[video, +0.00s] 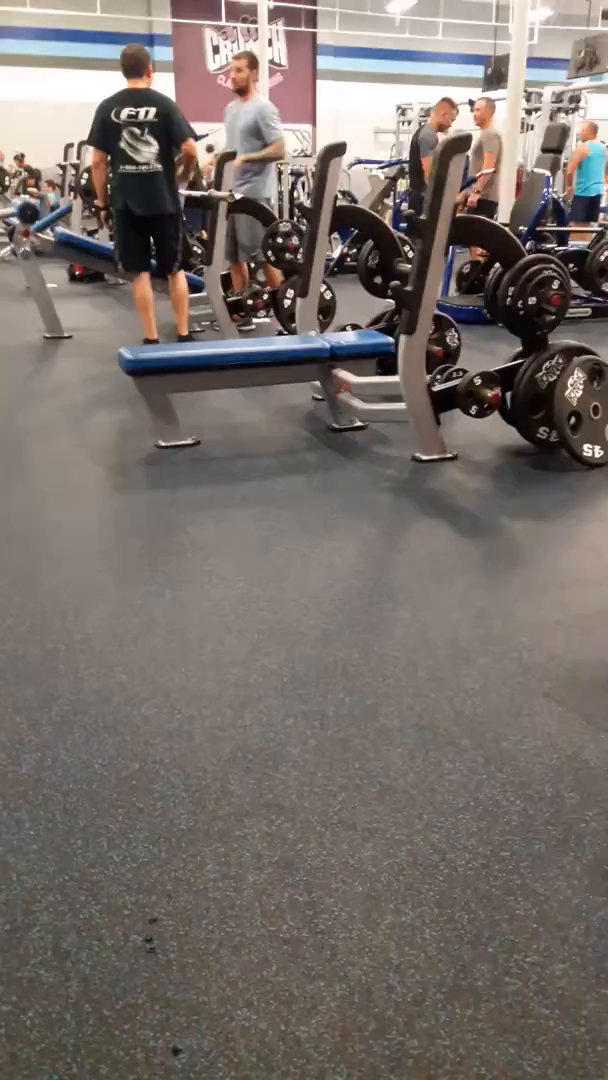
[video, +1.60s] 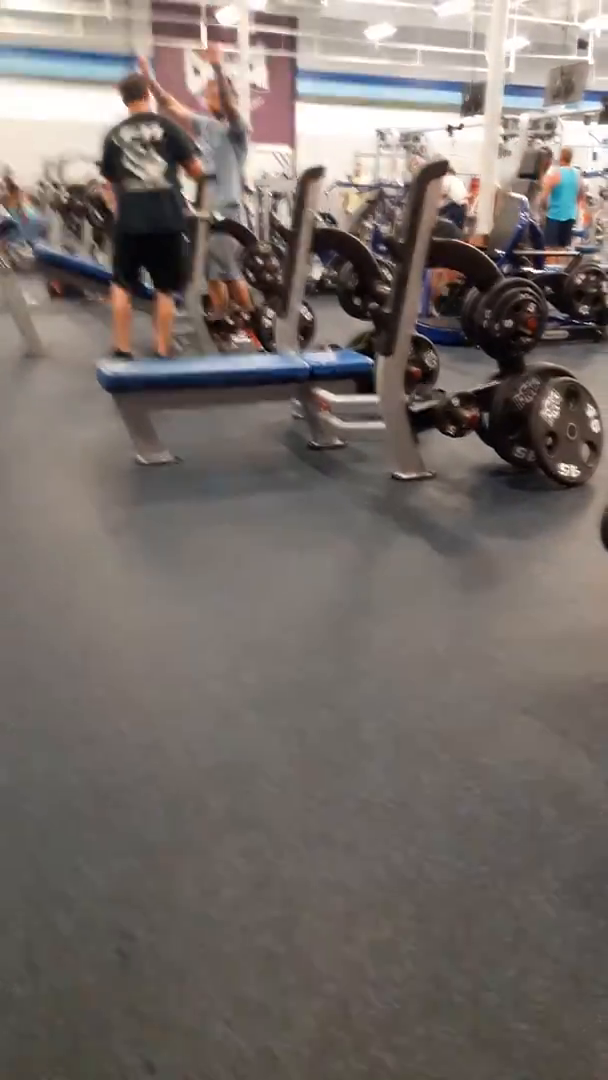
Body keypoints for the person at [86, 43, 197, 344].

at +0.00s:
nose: (153, 72)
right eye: (152, 68)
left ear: (122, 71)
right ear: (149, 70)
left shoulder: (107, 107)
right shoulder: (164, 104)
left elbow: (98, 161)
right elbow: (189, 150)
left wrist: (102, 202)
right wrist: (182, 175)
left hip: (125, 198)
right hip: (162, 197)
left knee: (138, 273)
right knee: (175, 270)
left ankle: (151, 339)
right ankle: (183, 335)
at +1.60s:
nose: (148, 98)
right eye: (148, 93)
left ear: (123, 100)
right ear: (149, 94)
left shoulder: (115, 135)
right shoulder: (167, 127)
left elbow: (109, 180)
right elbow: (195, 168)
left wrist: (118, 211)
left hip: (130, 209)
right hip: (166, 208)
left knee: (121, 283)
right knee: (165, 287)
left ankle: (122, 347)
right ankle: (163, 349)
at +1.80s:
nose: (154, 104)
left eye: (159, 99)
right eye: (155, 98)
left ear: (169, 103)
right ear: (164, 103)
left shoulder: (172, 138)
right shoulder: (156, 135)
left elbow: (156, 173)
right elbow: (150, 171)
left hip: (168, 212)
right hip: (153, 212)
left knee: (169, 270)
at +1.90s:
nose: (168, 146)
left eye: (173, 142)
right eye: (169, 142)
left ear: (184, 148)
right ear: (169, 147)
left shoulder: (192, 178)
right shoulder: (163, 173)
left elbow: (182, 151)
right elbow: (132, 154)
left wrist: (177, 119)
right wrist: (112, 124)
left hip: (181, 250)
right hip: (159, 249)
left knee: (179, 310)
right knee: (160, 313)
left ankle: (194, 364)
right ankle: (163, 365)